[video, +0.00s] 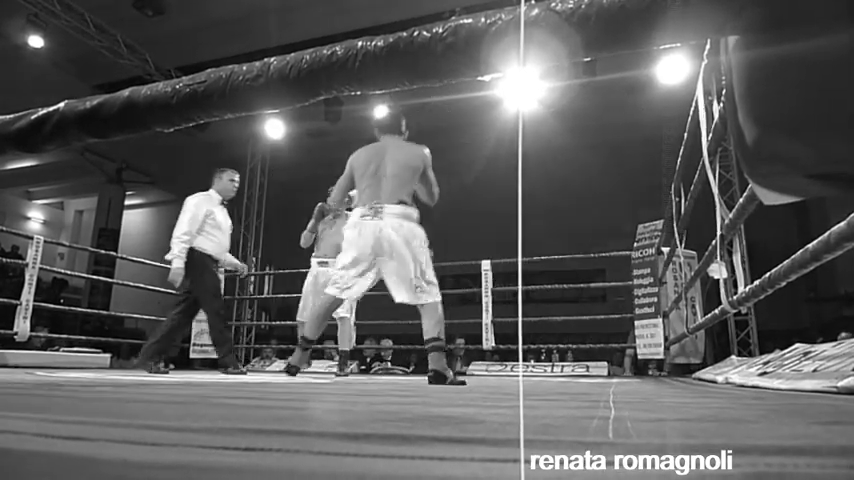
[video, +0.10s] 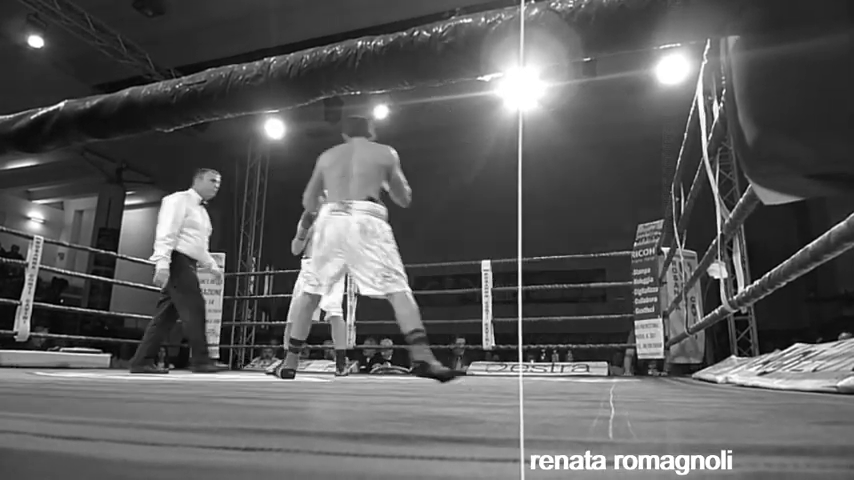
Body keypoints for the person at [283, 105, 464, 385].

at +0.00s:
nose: (408, 132)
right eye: (406, 128)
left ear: (376, 131)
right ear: (404, 129)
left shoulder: (358, 156)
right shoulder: (419, 153)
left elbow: (336, 200)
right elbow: (431, 198)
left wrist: (356, 201)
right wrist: (409, 179)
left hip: (361, 225)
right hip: (403, 226)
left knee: (335, 291)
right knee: (428, 294)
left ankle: (297, 358)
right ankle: (437, 367)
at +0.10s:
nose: (375, 132)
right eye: (373, 127)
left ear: (343, 134)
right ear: (371, 131)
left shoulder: (326, 157)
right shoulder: (385, 153)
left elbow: (309, 201)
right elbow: (404, 198)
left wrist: (330, 208)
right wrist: (385, 180)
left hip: (330, 225)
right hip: (370, 224)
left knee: (309, 292)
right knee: (398, 290)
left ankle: (289, 364)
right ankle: (423, 358)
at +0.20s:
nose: (356, 130)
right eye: (354, 127)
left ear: (326, 131)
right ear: (352, 129)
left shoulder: (308, 152)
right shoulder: (366, 148)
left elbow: (296, 195)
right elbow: (385, 193)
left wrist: (320, 192)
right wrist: (366, 185)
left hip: (310, 222)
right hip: (348, 221)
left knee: (300, 291)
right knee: (380, 287)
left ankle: (288, 361)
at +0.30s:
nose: (342, 132)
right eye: (341, 128)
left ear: (313, 131)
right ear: (340, 129)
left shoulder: (295, 149)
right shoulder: (353, 148)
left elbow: (282, 192)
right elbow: (370, 191)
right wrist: (351, 177)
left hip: (295, 215)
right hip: (333, 216)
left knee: (290, 288)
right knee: (349, 289)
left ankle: (283, 360)